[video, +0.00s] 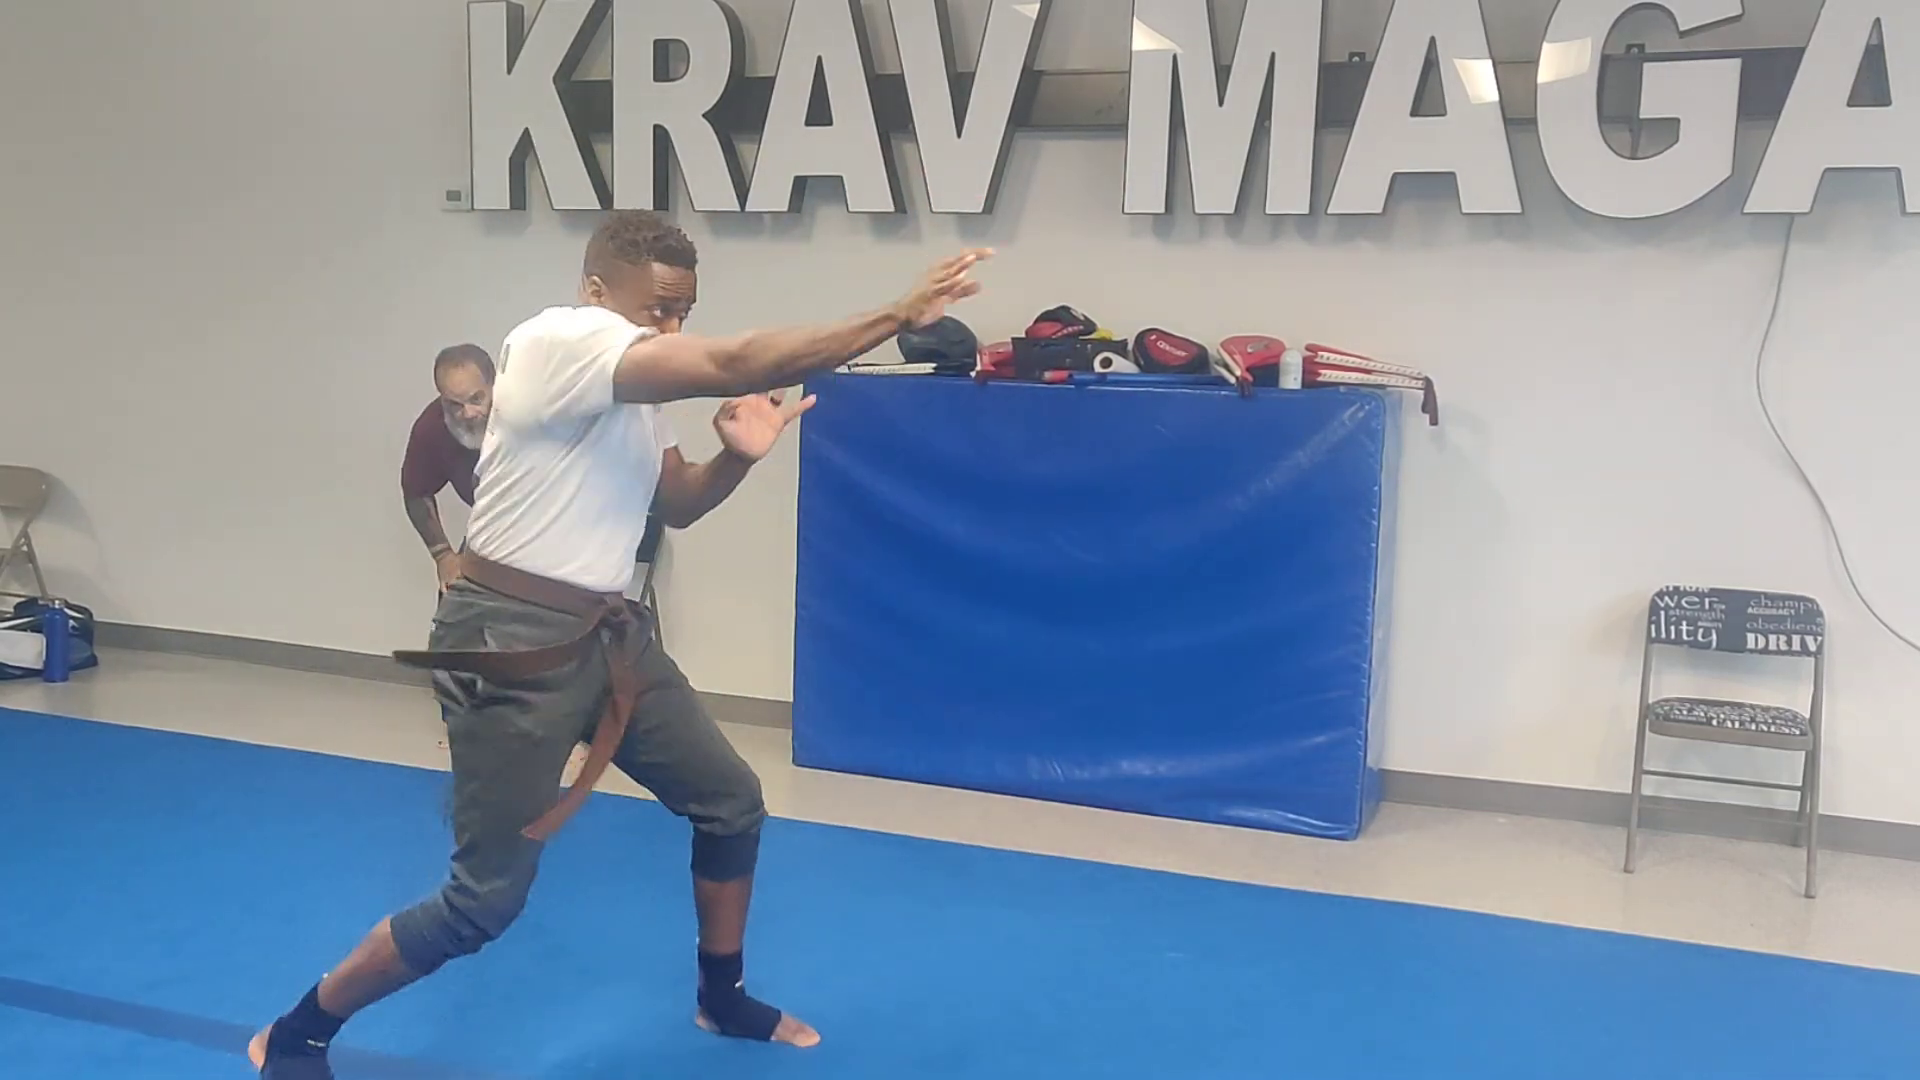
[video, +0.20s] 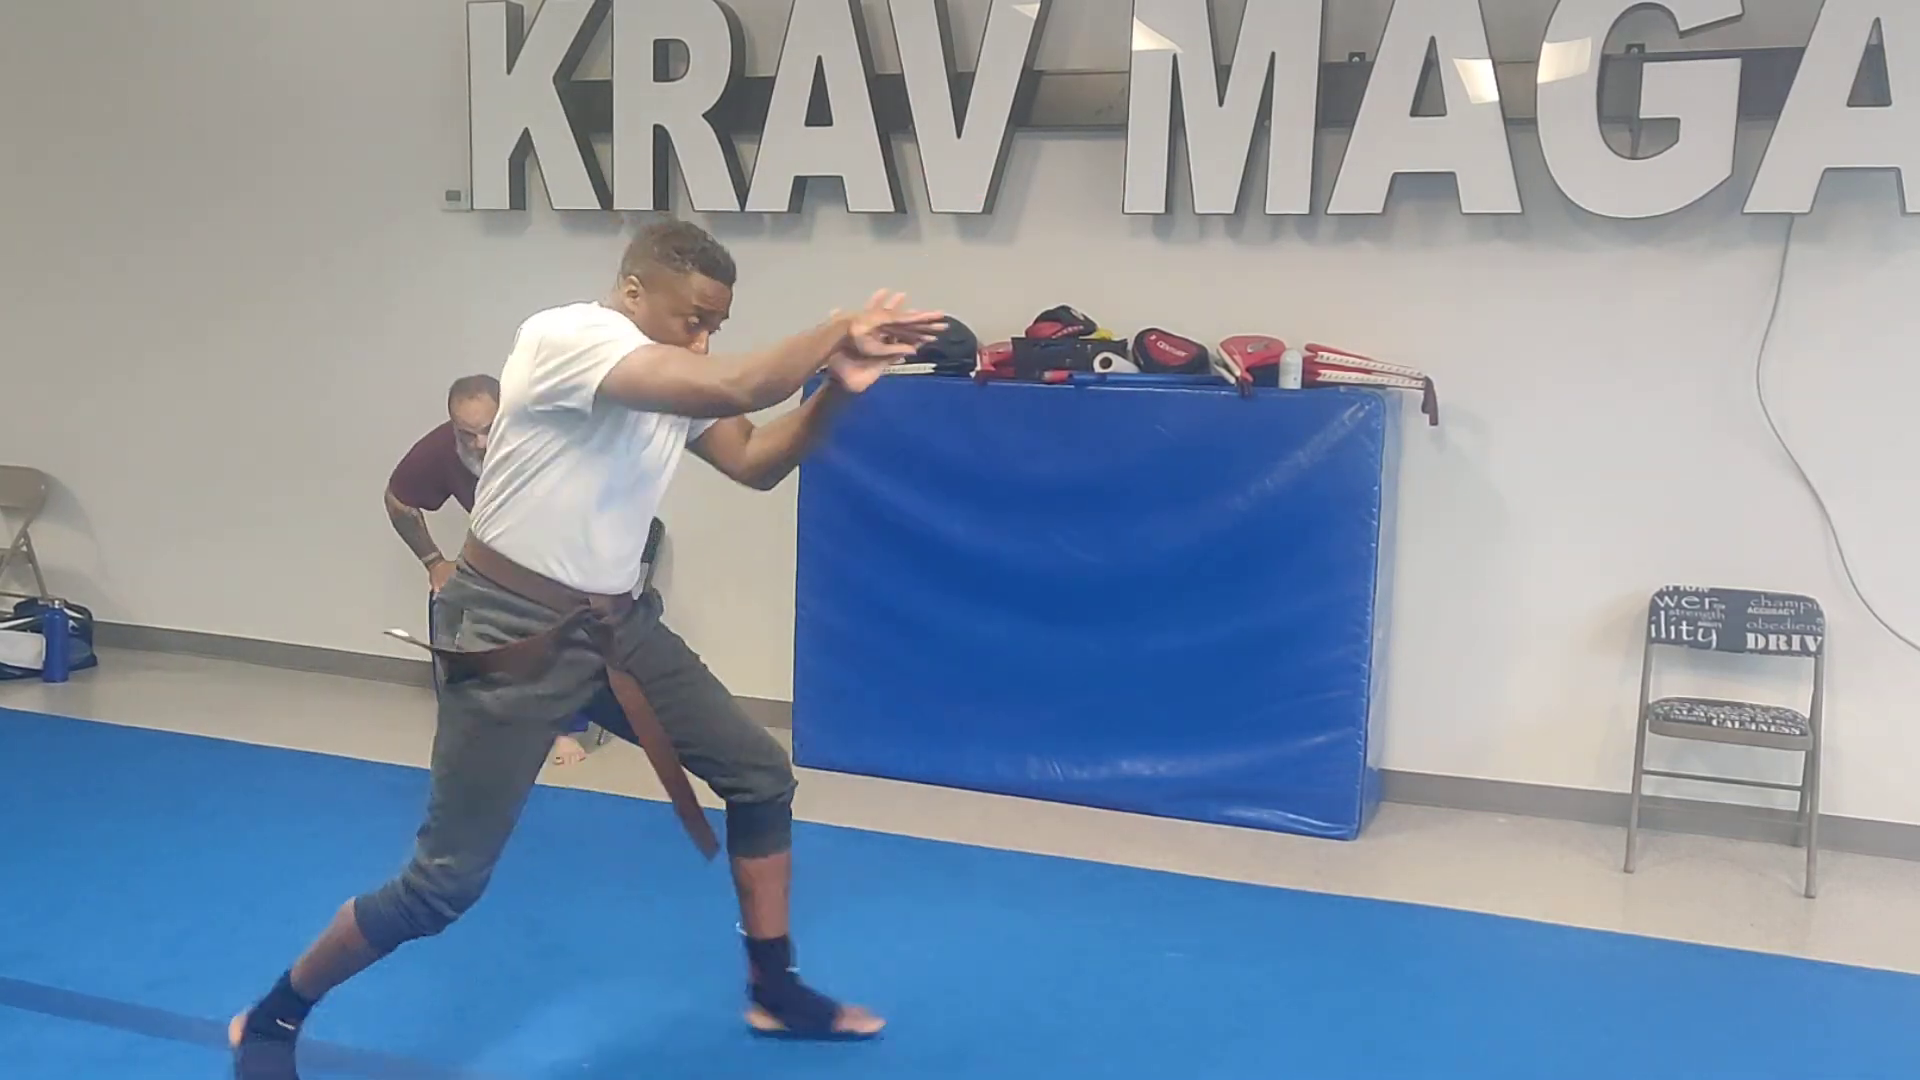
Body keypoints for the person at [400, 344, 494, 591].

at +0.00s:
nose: (468, 414)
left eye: (476, 399)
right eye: (455, 405)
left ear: (494, 386)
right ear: (441, 398)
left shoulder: (522, 410)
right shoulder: (431, 430)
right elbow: (417, 494)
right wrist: (443, 555)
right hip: (495, 518)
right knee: (455, 591)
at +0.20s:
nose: (481, 442)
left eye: (489, 430)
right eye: (468, 434)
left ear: (506, 415)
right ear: (452, 426)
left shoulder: (535, 433)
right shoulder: (440, 451)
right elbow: (399, 501)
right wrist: (434, 562)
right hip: (505, 546)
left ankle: (563, 724)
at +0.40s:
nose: (504, 460)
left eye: (513, 447)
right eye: (490, 451)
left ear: (532, 436)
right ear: (477, 445)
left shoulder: (572, 456)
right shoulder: (460, 467)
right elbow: (395, 503)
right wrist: (430, 567)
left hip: (577, 561)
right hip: (511, 564)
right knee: (445, 602)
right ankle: (459, 721)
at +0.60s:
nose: (534, 427)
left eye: (544, 416)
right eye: (522, 417)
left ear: (563, 412)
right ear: (509, 417)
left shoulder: (603, 457)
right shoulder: (486, 457)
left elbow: (648, 521)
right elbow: (423, 499)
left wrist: (617, 574)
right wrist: (441, 563)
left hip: (589, 580)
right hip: (520, 578)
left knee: (592, 610)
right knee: (448, 596)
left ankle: (570, 728)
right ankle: (493, 714)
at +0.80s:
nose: (566, 398)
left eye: (577, 388)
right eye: (556, 388)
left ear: (594, 392)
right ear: (543, 392)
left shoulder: (620, 444)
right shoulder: (517, 441)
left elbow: (647, 518)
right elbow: (478, 506)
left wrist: (611, 568)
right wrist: (466, 550)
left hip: (597, 575)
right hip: (527, 574)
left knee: (594, 608)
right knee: (453, 591)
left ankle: (571, 725)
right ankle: (492, 711)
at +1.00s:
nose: (585, 394)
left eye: (596, 385)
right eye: (575, 385)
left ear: (610, 393)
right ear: (561, 390)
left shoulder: (633, 448)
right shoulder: (529, 442)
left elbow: (646, 519)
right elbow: (499, 511)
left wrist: (609, 559)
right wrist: (483, 549)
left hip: (598, 574)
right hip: (531, 573)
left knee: (587, 604)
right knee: (460, 589)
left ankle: (571, 724)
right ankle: (498, 710)